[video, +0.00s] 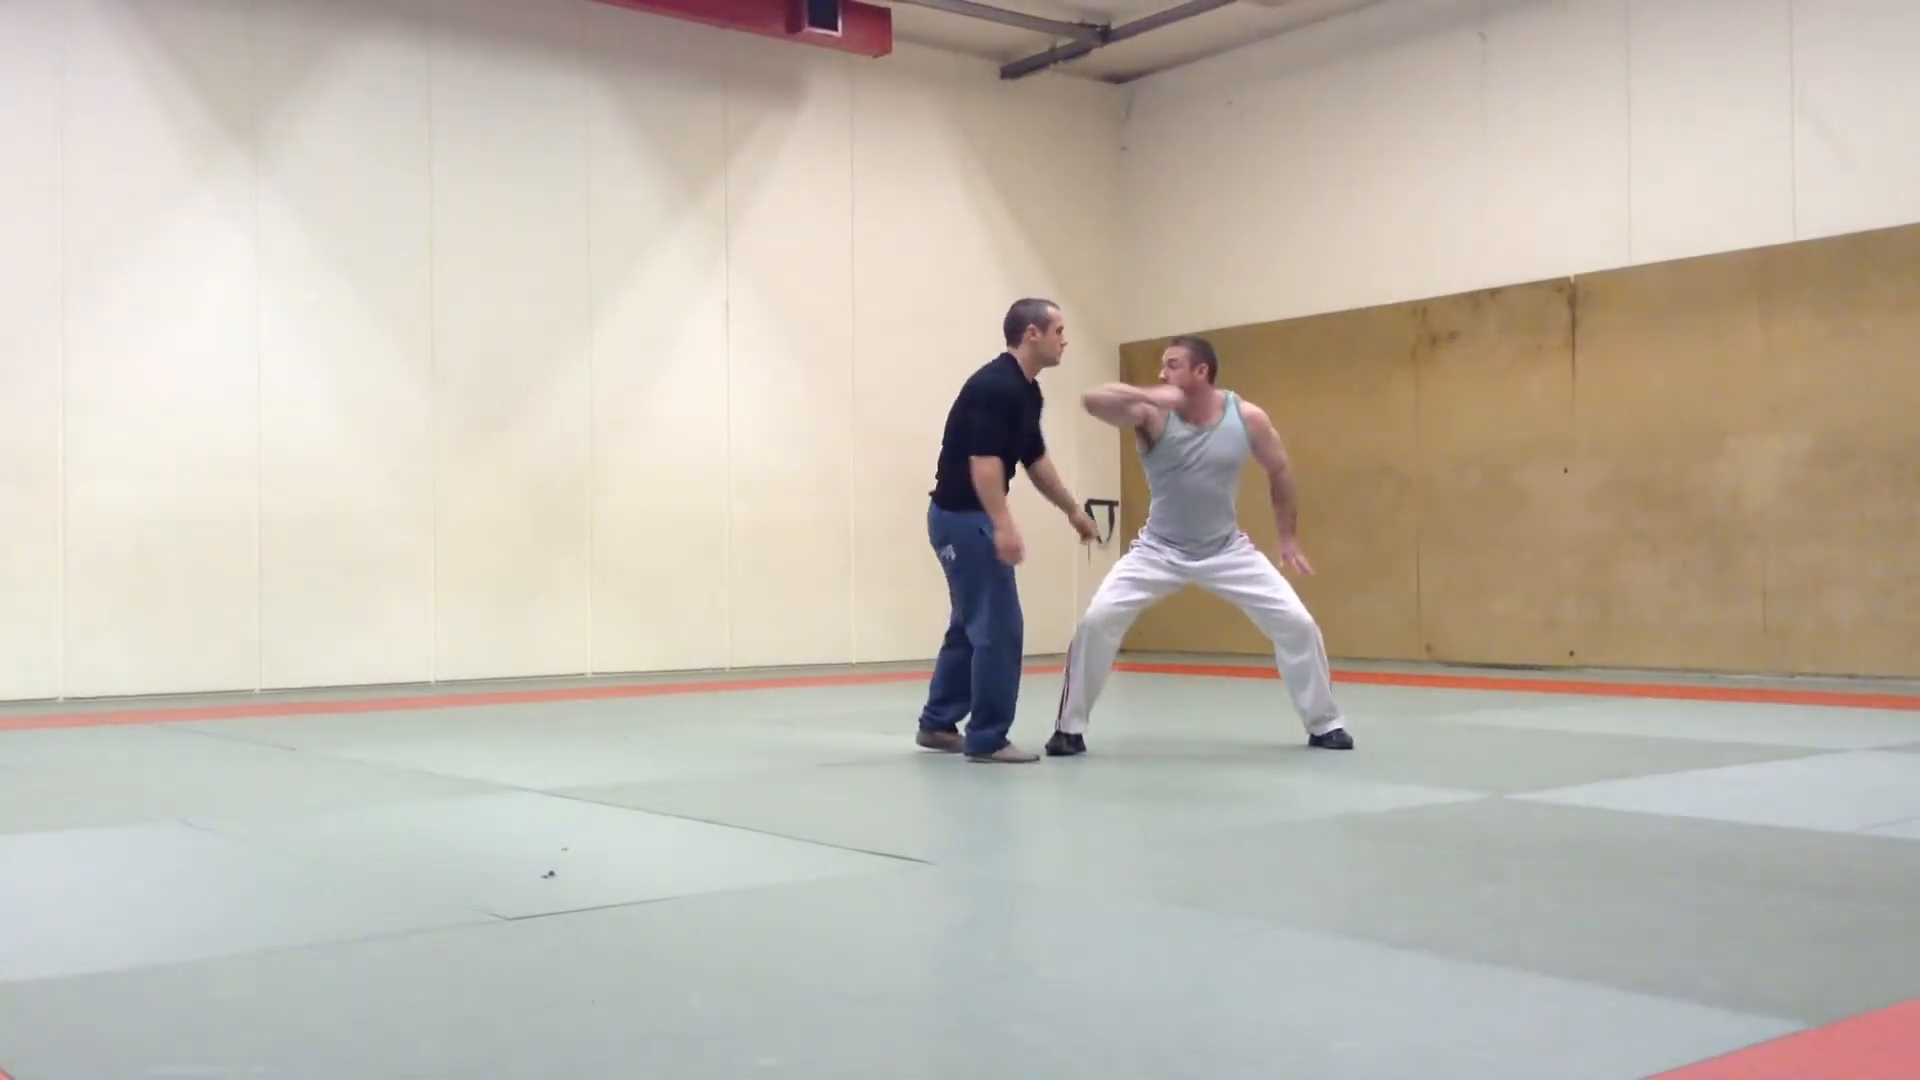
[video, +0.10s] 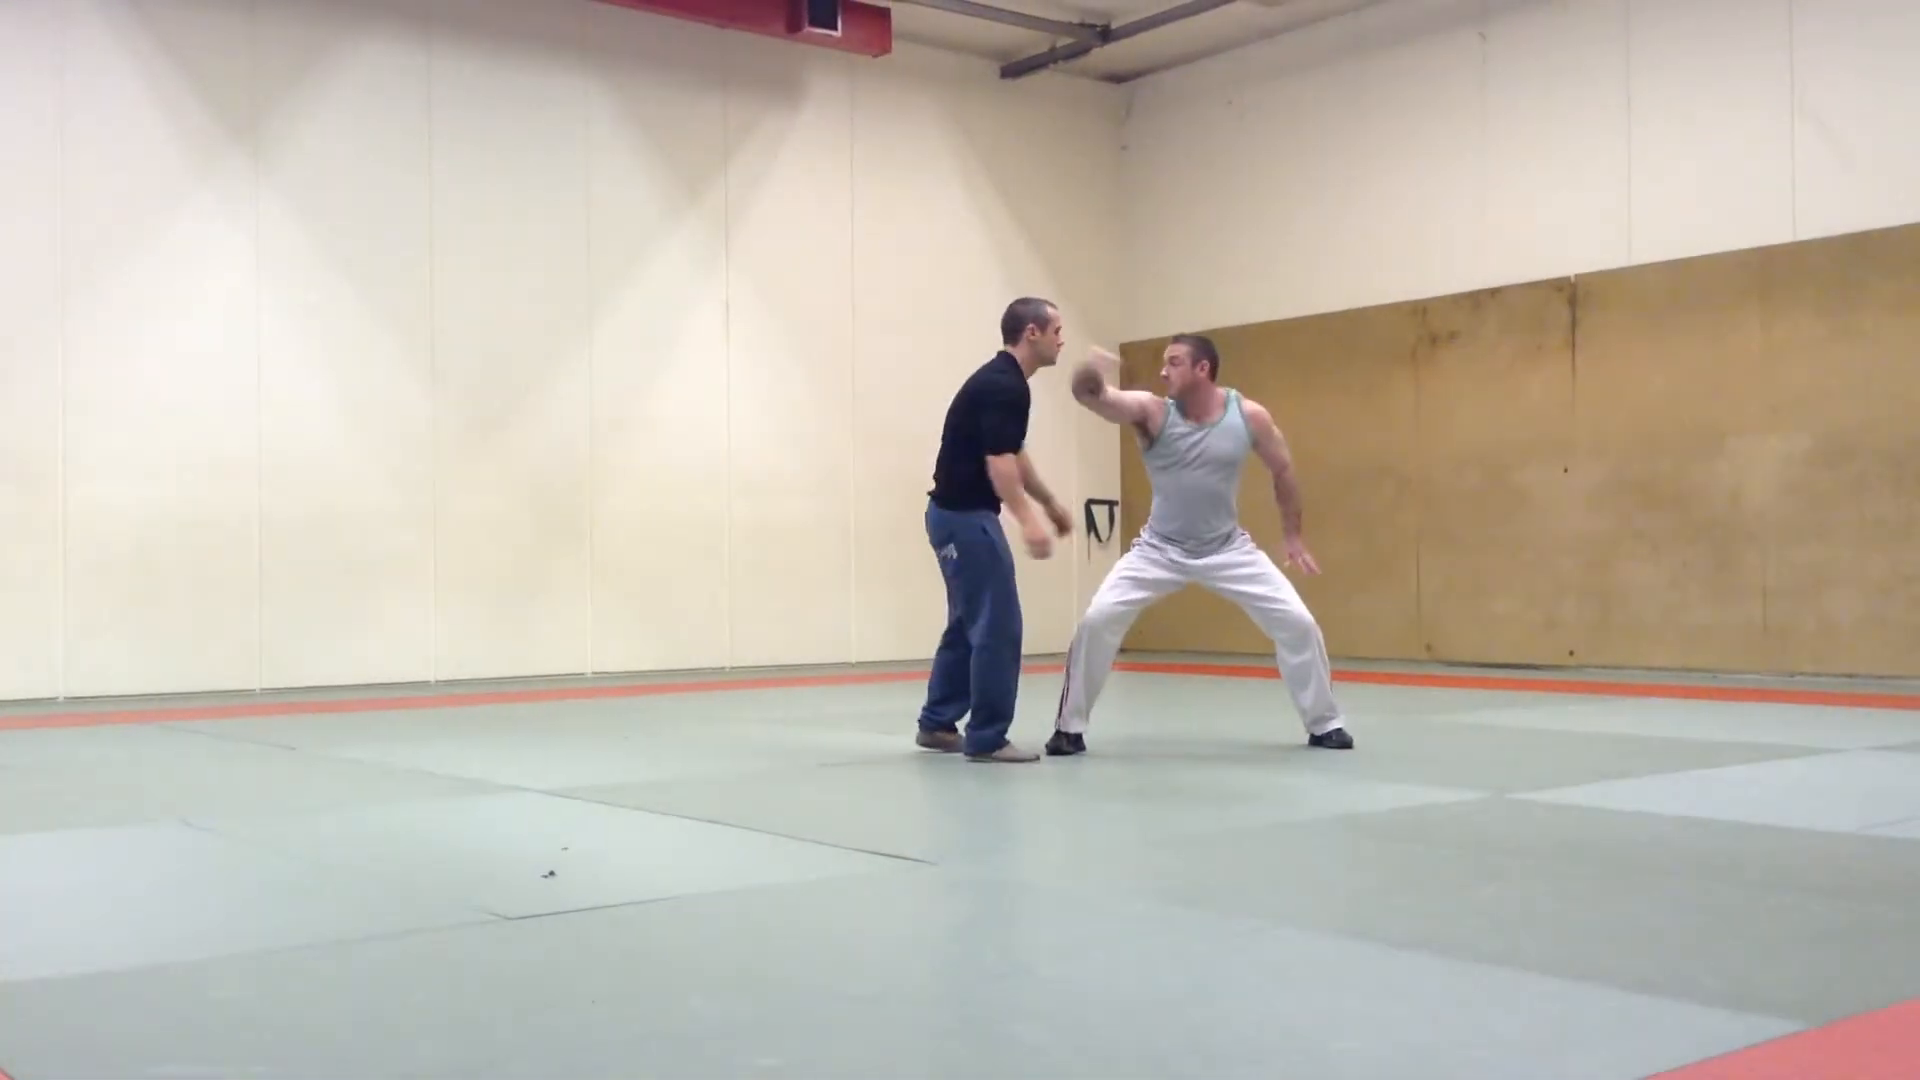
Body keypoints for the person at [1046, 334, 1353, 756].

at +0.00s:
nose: (1164, 375)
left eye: (1173, 366)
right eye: (1162, 367)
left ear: (1202, 371)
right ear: (1165, 375)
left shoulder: (1247, 418)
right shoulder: (1152, 413)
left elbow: (1280, 472)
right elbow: (1092, 400)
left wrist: (1287, 538)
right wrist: (1150, 396)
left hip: (1226, 551)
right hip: (1157, 551)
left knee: (1299, 625)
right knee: (1096, 621)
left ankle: (1323, 724)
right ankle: (1069, 729)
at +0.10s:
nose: (1164, 373)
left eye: (1174, 364)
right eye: (1164, 364)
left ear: (1203, 369)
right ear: (1166, 371)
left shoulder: (1248, 416)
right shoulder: (1151, 409)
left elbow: (1283, 472)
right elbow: (1090, 395)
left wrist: (1293, 537)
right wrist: (1090, 372)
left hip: (1227, 551)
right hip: (1158, 550)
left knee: (1299, 625)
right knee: (1096, 620)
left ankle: (1323, 724)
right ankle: (1069, 729)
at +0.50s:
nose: (1157, 365)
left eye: (1165, 356)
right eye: (1156, 357)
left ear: (1196, 359)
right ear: (1178, 362)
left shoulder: (1247, 399)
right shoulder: (1153, 411)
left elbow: (1300, 437)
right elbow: (1089, 429)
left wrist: (1284, 469)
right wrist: (1080, 403)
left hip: (1244, 544)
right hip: (1174, 541)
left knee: (1301, 629)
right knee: (1111, 610)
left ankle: (1324, 724)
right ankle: (1091, 722)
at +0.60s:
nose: (1142, 359)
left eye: (1150, 350)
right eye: (1141, 351)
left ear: (1180, 351)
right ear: (1150, 356)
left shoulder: (1222, 385)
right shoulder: (1143, 408)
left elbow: (1269, 408)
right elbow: (1088, 443)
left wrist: (1218, 403)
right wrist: (1092, 433)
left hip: (1235, 537)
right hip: (1171, 537)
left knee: (1291, 630)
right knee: (1113, 612)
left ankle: (1324, 724)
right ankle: (1159, 718)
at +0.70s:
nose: (1121, 354)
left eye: (1129, 344)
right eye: (1120, 345)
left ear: (1158, 344)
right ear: (1132, 349)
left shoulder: (1191, 386)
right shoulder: (1125, 406)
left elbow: (1210, 372)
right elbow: (1089, 457)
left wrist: (1130, 363)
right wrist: (1088, 447)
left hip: (1214, 527)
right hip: (1158, 531)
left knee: (1262, 623)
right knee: (1119, 623)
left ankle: (1326, 708)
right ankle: (1164, 726)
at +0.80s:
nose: (1103, 347)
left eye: (1110, 338)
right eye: (1101, 339)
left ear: (1140, 339)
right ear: (1110, 342)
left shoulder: (1176, 375)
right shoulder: (1119, 407)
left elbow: (1152, 359)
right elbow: (1104, 466)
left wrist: (1074, 349)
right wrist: (1089, 447)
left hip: (1195, 516)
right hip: (1147, 526)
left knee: (1200, 601)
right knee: (1118, 625)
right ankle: (1162, 726)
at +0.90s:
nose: (1086, 346)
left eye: (1093, 338)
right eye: (1085, 339)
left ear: (1119, 339)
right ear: (1098, 344)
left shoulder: (1155, 367)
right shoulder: (1113, 408)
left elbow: (1090, 344)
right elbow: (1113, 472)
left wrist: (1025, 348)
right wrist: (1076, 450)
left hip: (1177, 505)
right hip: (1140, 516)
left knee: (1128, 572)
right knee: (1111, 625)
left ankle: (1196, 643)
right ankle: (1160, 725)